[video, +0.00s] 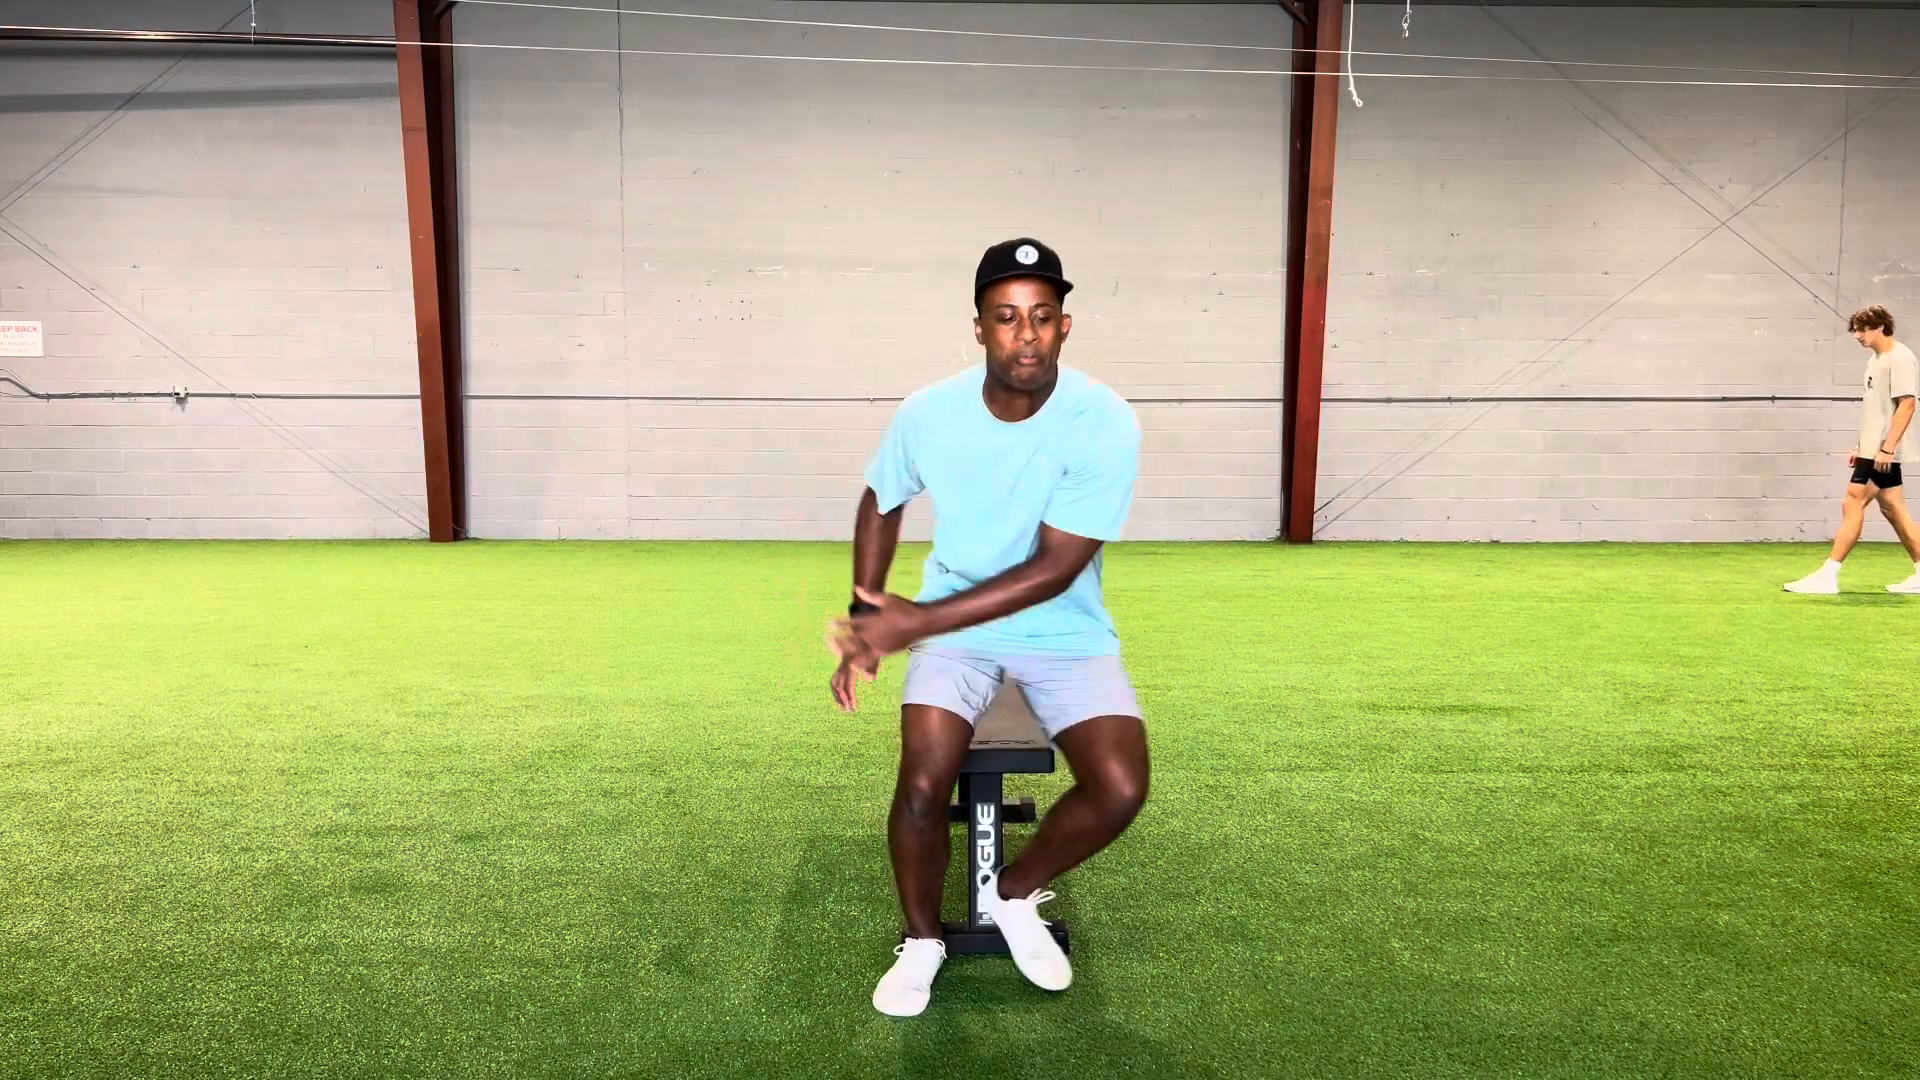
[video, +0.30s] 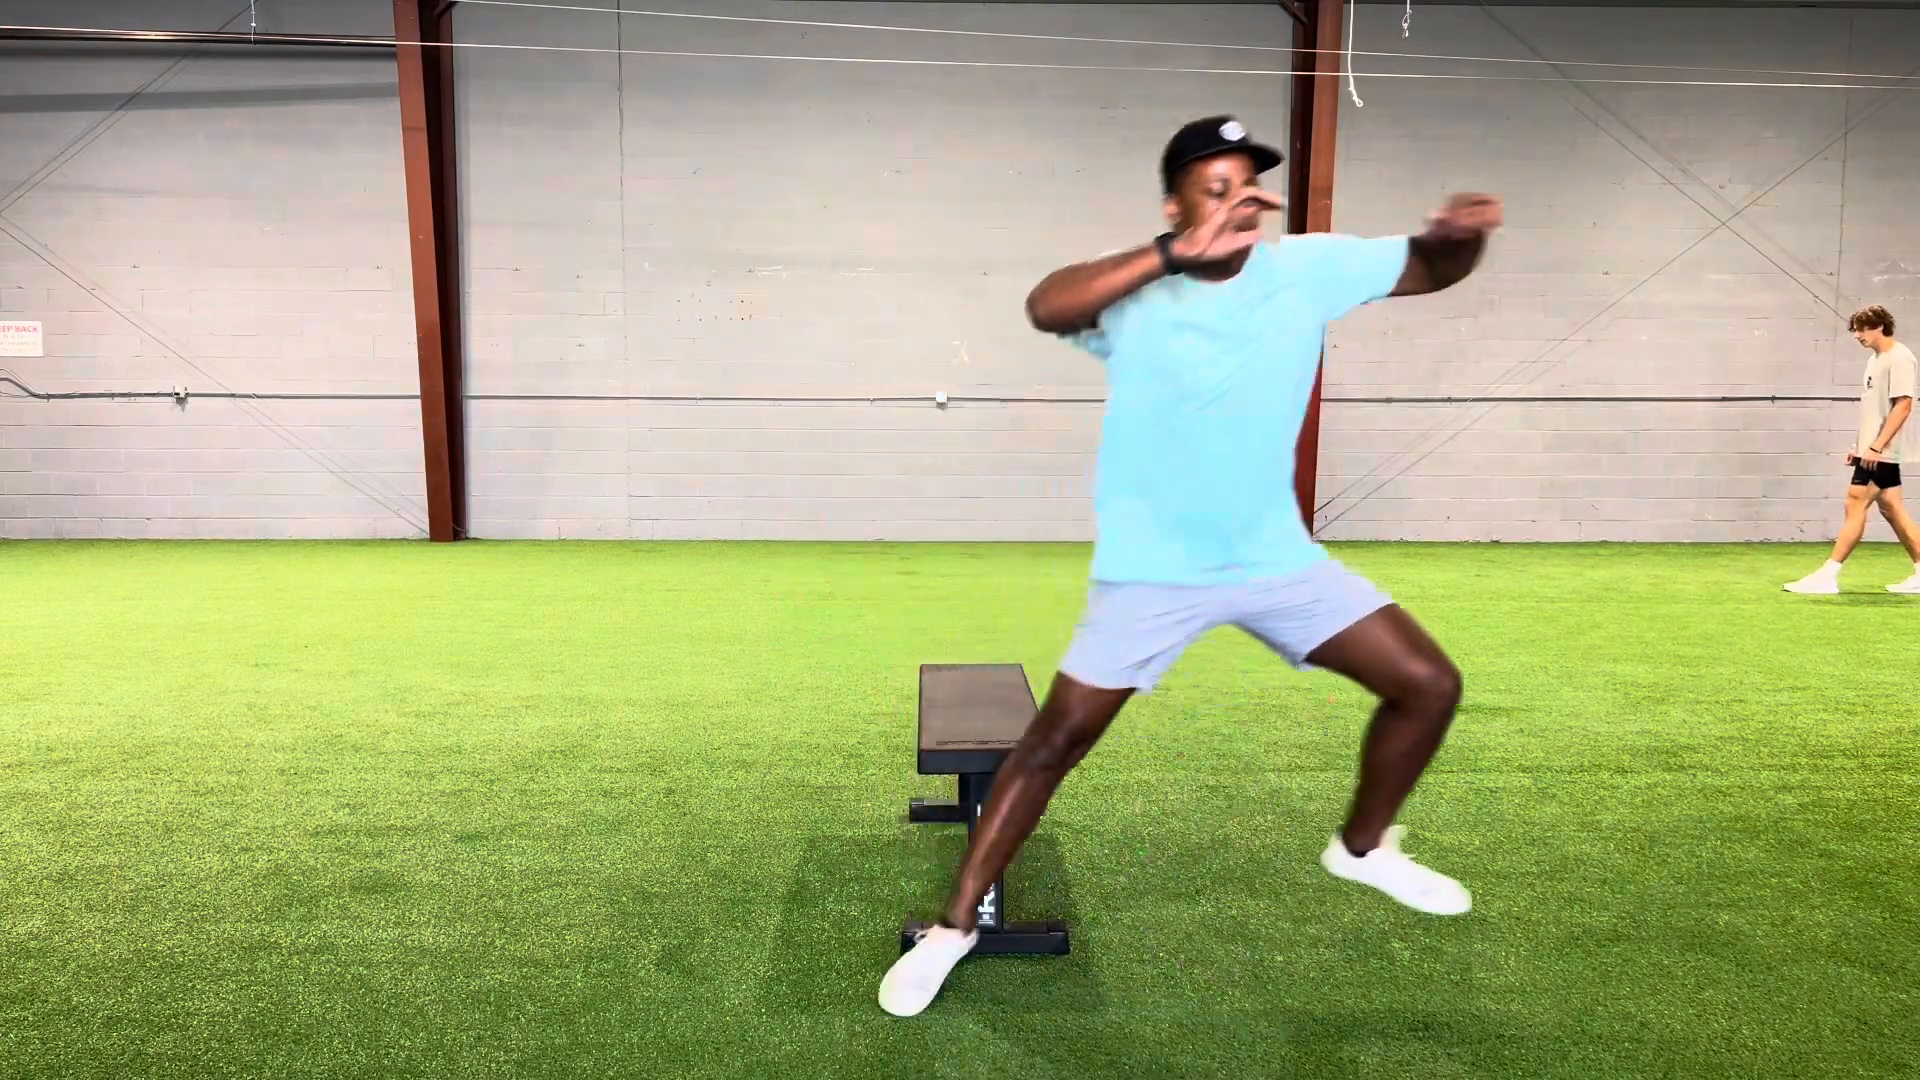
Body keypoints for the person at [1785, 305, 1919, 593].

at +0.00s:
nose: (1858, 337)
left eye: (1862, 330)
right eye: (1856, 332)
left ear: (1879, 328)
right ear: (1870, 332)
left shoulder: (1900, 357)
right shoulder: (1875, 359)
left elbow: (1907, 405)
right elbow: (1874, 410)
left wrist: (1888, 448)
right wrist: (1860, 447)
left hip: (1882, 449)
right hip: (1873, 449)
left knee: (1853, 504)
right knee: (1893, 508)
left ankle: (1828, 574)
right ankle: (1919, 570)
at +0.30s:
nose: (1859, 337)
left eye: (1862, 330)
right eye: (1856, 332)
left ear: (1879, 328)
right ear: (1870, 332)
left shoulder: (1899, 357)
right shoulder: (1876, 358)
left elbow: (1903, 407)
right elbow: (1874, 410)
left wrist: (1877, 447)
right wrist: (1859, 447)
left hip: (1882, 450)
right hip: (1874, 450)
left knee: (1856, 504)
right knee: (1892, 509)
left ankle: (1828, 574)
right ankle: (1919, 570)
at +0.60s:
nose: (1858, 337)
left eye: (1862, 330)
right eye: (1856, 332)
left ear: (1879, 328)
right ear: (1868, 332)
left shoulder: (1898, 357)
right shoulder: (1875, 359)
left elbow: (1900, 407)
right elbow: (1873, 410)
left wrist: (1872, 447)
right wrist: (1857, 446)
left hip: (1880, 451)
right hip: (1874, 451)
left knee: (1857, 505)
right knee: (1890, 509)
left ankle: (1828, 574)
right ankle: (1919, 570)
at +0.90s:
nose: (1860, 337)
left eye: (1863, 330)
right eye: (1857, 332)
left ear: (1881, 328)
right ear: (1859, 334)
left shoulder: (1899, 357)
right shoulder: (1873, 359)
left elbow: (1903, 407)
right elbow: (1871, 409)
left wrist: (1879, 448)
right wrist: (1859, 450)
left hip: (1880, 451)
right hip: (1872, 450)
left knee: (1857, 506)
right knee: (1890, 510)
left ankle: (1829, 574)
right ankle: (1919, 569)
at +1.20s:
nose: (1860, 338)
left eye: (1864, 331)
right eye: (1857, 333)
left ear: (1881, 329)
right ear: (1861, 334)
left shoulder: (1899, 358)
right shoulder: (1874, 358)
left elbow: (1903, 407)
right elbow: (1870, 409)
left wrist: (1881, 449)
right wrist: (1857, 448)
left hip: (1879, 451)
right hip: (1870, 450)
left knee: (1857, 506)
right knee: (1890, 510)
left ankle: (1829, 574)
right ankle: (1919, 570)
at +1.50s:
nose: (1857, 343)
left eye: (1859, 336)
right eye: (1855, 338)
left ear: (1876, 330)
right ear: (1869, 334)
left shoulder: (1899, 357)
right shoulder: (1875, 359)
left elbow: (1902, 408)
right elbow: (1872, 409)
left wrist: (1876, 449)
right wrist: (1858, 447)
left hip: (1881, 452)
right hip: (1873, 452)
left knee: (1858, 506)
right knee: (1890, 510)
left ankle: (1828, 575)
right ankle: (1919, 570)